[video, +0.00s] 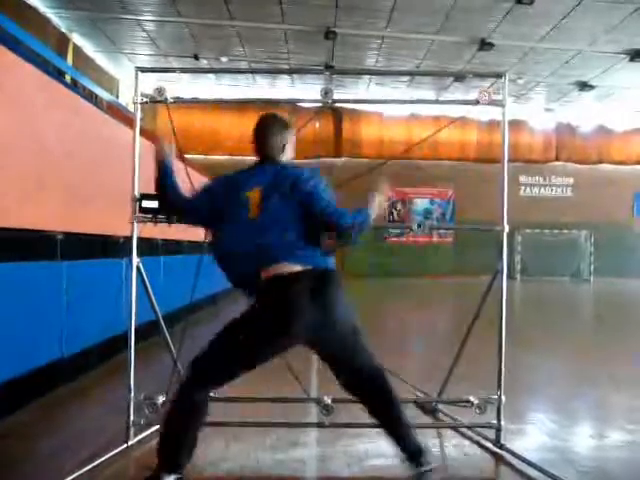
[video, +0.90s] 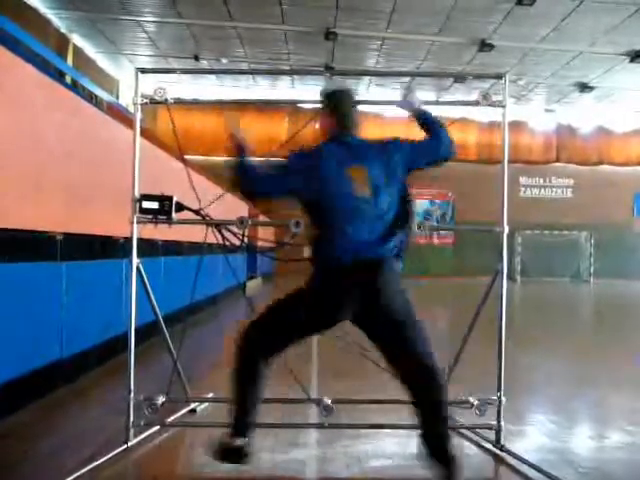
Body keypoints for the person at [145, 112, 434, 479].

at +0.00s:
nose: (294, 146)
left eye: (292, 141)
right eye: (292, 141)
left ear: (254, 145)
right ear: (287, 145)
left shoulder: (226, 189)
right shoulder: (302, 179)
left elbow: (177, 206)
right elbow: (341, 225)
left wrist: (164, 160)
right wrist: (373, 207)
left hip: (275, 301)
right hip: (322, 292)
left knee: (200, 378)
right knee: (364, 374)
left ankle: (169, 468)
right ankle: (417, 456)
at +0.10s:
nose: (324, 132)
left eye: (321, 126)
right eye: (322, 127)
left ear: (285, 133)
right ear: (317, 131)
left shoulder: (266, 173)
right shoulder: (338, 162)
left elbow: (218, 214)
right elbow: (387, 190)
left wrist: (226, 179)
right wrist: (379, 160)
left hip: (299, 290)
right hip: (346, 288)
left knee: (245, 372)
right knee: (367, 377)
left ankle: (208, 461)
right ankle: (387, 465)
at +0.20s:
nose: (347, 137)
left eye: (345, 131)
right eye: (344, 131)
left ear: (307, 132)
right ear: (336, 133)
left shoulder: (274, 164)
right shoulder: (350, 168)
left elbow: (230, 157)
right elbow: (400, 203)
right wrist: (402, 171)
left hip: (307, 292)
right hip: (355, 289)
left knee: (261, 380)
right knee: (404, 353)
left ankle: (235, 468)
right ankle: (406, 451)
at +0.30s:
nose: (372, 129)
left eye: (368, 122)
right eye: (371, 123)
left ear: (337, 124)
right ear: (366, 125)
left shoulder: (303, 154)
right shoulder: (383, 159)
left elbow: (254, 149)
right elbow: (439, 174)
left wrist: (266, 118)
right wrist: (446, 142)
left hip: (322, 286)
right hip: (371, 283)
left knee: (276, 372)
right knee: (439, 342)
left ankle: (221, 464)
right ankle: (439, 438)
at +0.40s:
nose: (421, 141)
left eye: (418, 135)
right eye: (418, 136)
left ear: (385, 142)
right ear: (411, 142)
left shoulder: (359, 175)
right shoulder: (428, 169)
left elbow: (310, 201)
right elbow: (466, 146)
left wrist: (315, 174)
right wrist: (483, 108)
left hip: (354, 297)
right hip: (399, 299)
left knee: (296, 369)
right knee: (450, 374)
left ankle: (226, 449)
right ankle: (478, 458)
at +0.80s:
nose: (360, 133)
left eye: (360, 126)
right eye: (368, 125)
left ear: (362, 130)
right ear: (395, 129)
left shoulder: (345, 167)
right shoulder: (418, 163)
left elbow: (299, 206)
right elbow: (462, 144)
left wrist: (294, 173)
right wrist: (422, 121)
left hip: (341, 290)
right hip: (389, 293)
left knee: (290, 358)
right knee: (427, 375)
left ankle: (279, 460)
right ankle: (434, 466)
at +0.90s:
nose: (322, 123)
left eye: (324, 117)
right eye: (329, 116)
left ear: (328, 120)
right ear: (357, 117)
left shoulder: (315, 162)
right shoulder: (390, 154)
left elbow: (257, 186)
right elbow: (442, 146)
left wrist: (242, 156)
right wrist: (419, 112)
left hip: (331, 288)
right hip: (382, 287)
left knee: (255, 341)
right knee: (423, 371)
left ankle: (238, 440)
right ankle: (444, 462)